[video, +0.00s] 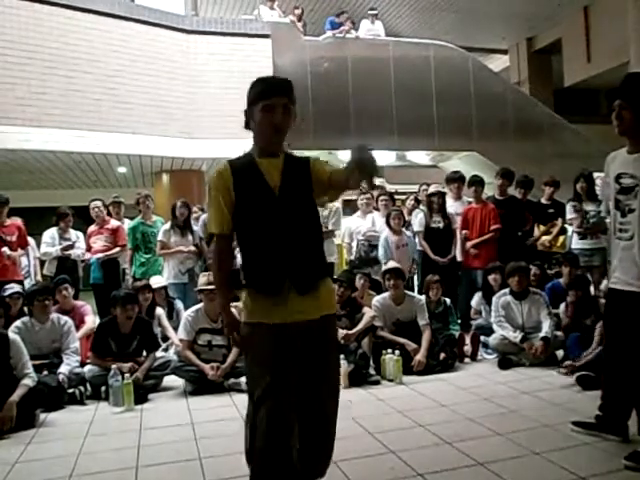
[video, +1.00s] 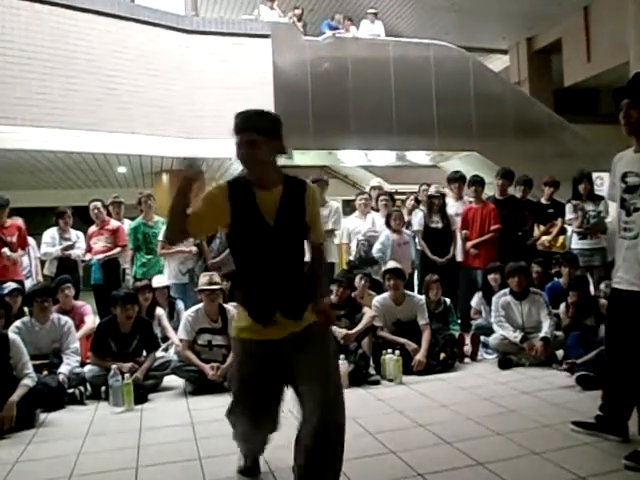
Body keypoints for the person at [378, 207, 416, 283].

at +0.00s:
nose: (397, 222)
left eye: (399, 218)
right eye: (393, 219)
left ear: (403, 220)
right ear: (388, 221)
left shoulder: (408, 235)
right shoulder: (385, 237)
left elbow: (414, 251)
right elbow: (382, 255)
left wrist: (413, 265)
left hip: (408, 272)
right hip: (392, 272)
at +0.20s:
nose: (397, 222)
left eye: (398, 219)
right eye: (394, 219)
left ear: (401, 220)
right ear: (388, 222)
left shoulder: (408, 235)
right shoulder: (385, 237)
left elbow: (413, 252)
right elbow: (384, 255)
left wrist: (414, 265)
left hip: (409, 272)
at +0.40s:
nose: (397, 222)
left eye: (399, 219)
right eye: (393, 219)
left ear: (402, 221)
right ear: (388, 221)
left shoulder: (408, 235)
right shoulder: (385, 237)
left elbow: (412, 252)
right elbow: (384, 256)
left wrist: (413, 265)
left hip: (407, 272)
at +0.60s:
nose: (397, 222)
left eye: (399, 219)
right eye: (393, 219)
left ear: (403, 221)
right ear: (388, 222)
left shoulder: (408, 235)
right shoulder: (386, 236)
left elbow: (413, 250)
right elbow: (381, 255)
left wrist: (413, 263)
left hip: (408, 271)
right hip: (393, 271)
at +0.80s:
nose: (397, 222)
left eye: (399, 219)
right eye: (394, 219)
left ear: (403, 221)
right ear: (388, 222)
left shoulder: (408, 235)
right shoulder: (386, 236)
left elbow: (413, 250)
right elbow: (377, 253)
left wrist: (414, 262)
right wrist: (388, 262)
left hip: (408, 272)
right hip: (393, 272)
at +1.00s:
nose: (398, 222)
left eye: (400, 219)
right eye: (394, 220)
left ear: (403, 221)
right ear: (389, 221)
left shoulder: (409, 235)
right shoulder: (386, 235)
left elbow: (414, 249)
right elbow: (376, 251)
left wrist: (413, 261)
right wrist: (385, 264)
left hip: (408, 271)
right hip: (392, 271)